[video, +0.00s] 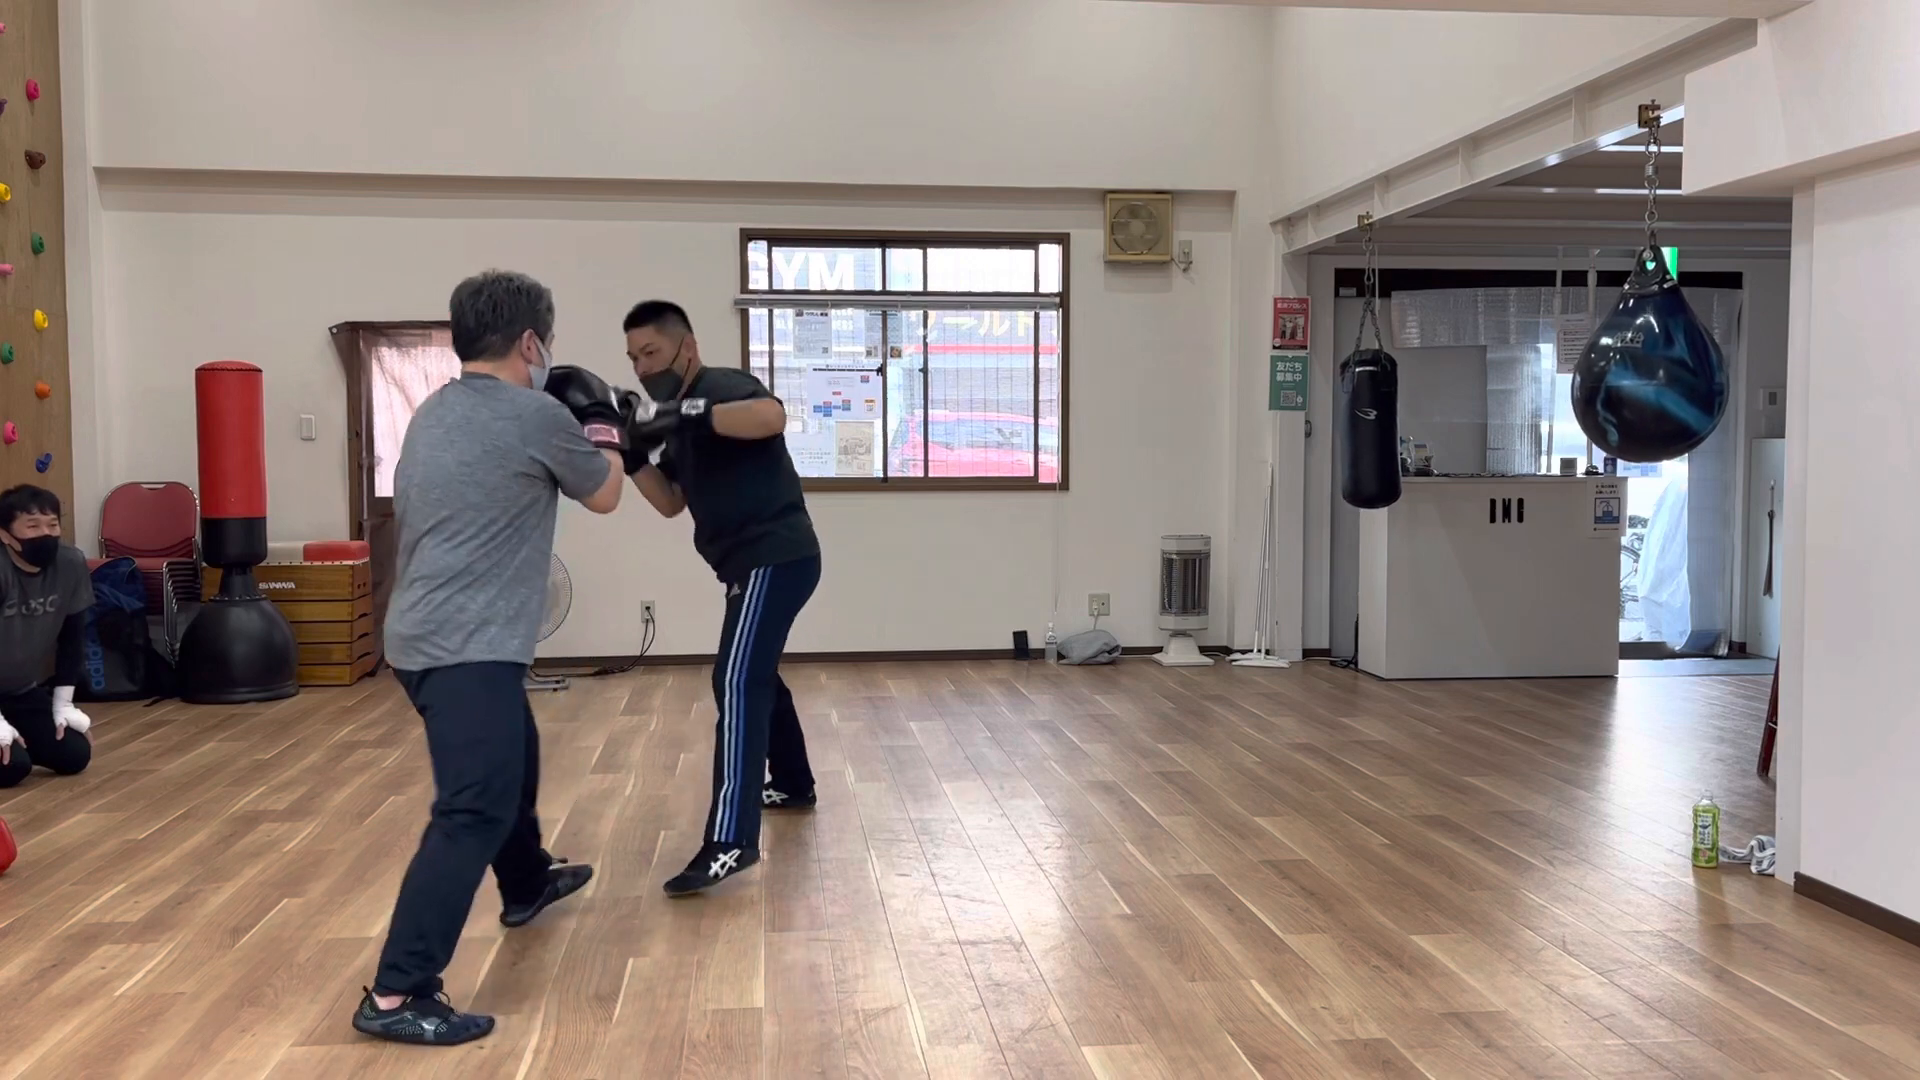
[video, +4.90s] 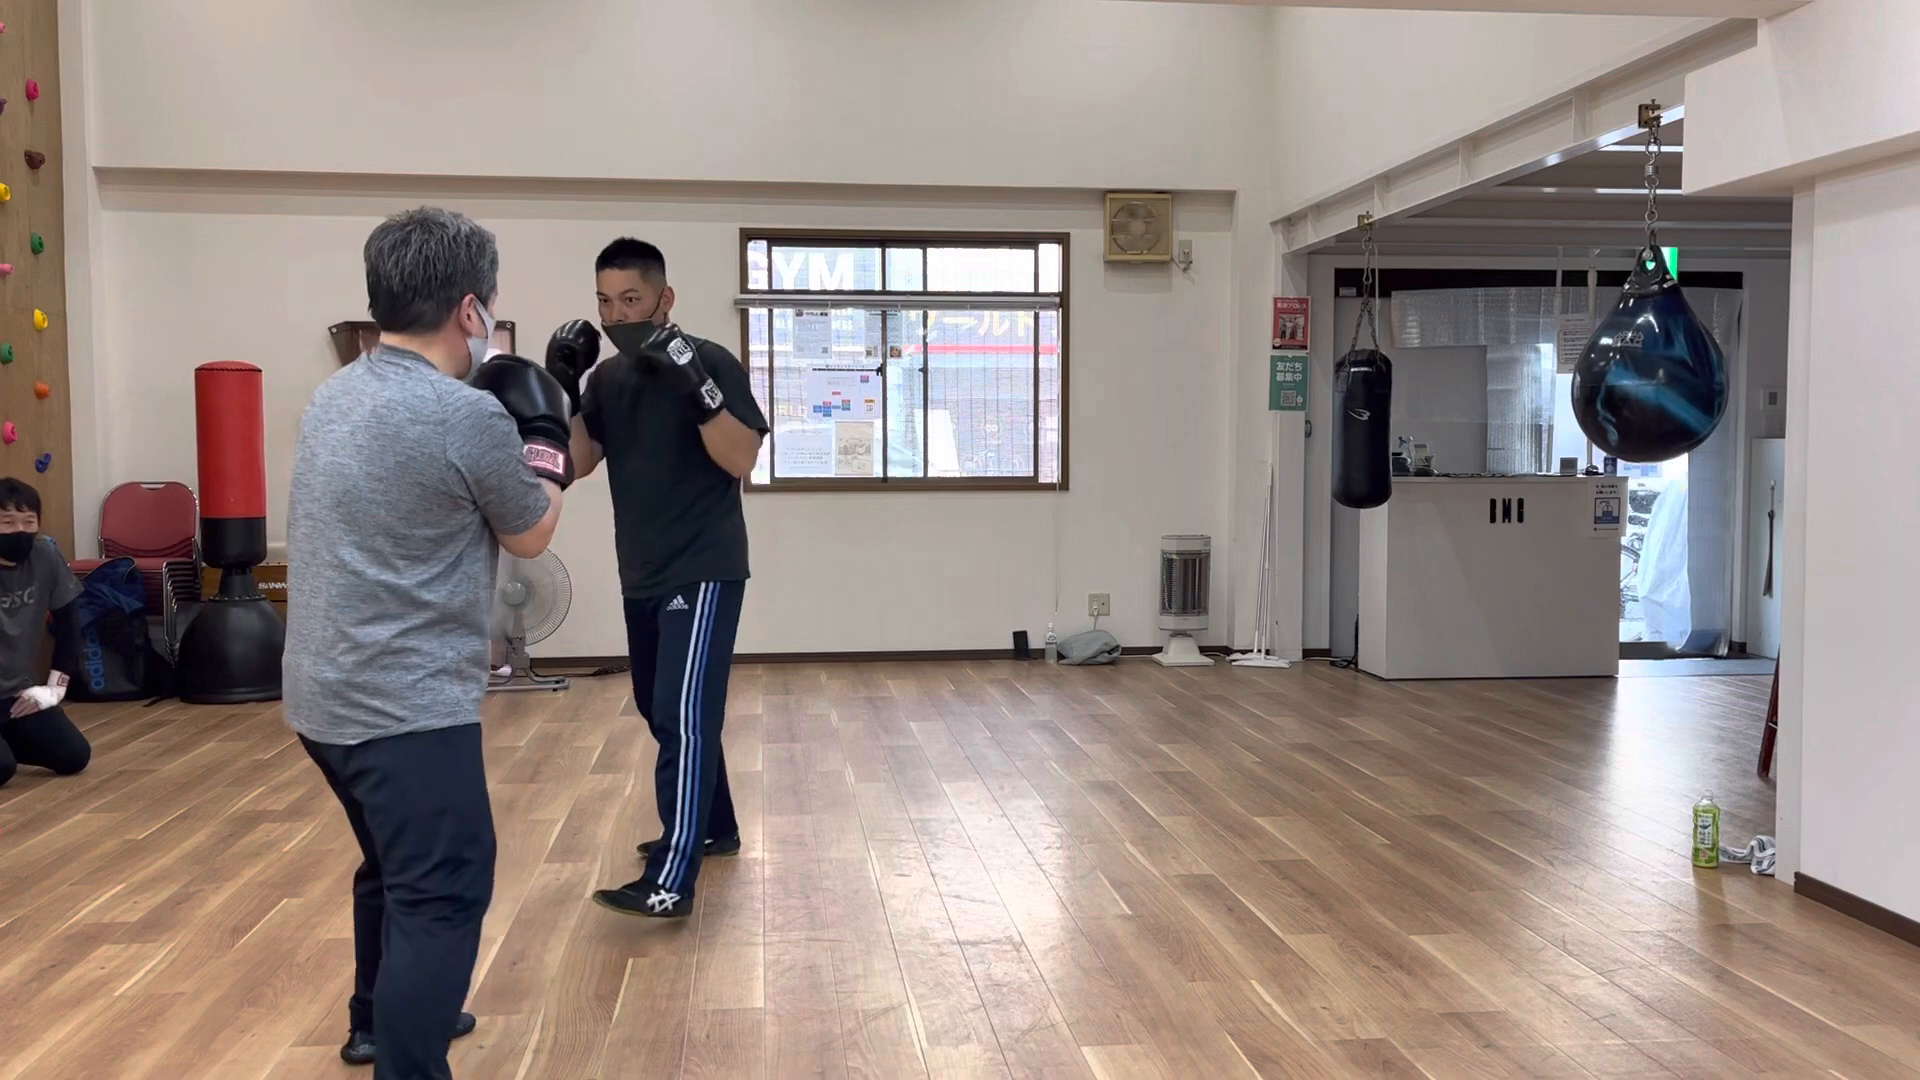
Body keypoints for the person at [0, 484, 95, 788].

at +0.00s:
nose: (46, 534)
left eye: (53, 524)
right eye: (33, 526)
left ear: (60, 526)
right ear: (7, 537)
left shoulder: (70, 563)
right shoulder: (2, 571)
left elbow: (72, 637)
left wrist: (63, 702)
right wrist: (0, 720)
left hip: (28, 691)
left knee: (74, 756)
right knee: (13, 767)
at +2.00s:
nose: (22, 512)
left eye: (29, 503)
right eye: (10, 504)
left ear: (38, 510)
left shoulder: (48, 561)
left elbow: (67, 630)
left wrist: (65, 690)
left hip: (25, 693)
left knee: (75, 755)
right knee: (11, 767)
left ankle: (10, 730)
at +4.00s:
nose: (12, 522)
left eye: (19, 513)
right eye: (2, 514)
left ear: (29, 516)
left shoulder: (35, 555)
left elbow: (67, 612)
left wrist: (55, 681)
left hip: (16, 693)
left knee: (74, 756)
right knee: (2, 767)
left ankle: (2, 742)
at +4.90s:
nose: (19, 531)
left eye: (28, 521)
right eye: (8, 522)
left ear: (38, 523)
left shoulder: (44, 554)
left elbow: (68, 621)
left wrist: (54, 687)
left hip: (20, 693)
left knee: (74, 757)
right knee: (3, 767)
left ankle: (3, 741)